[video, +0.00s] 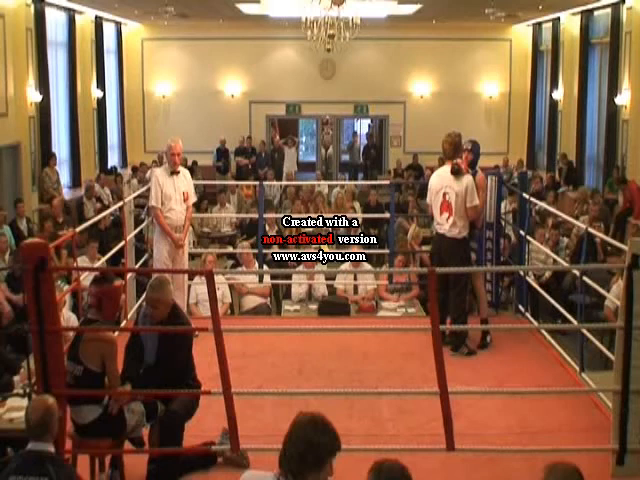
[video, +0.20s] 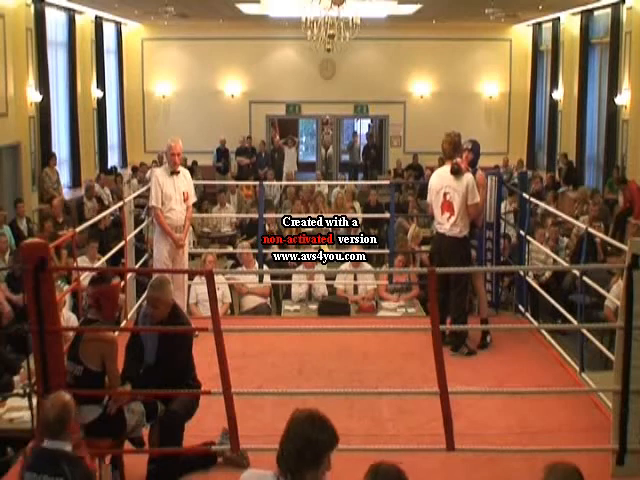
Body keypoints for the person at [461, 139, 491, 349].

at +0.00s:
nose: (466, 155)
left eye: (470, 152)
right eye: (465, 151)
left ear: (476, 155)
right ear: (461, 152)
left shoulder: (479, 176)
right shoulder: (456, 173)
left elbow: (480, 205)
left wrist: (474, 222)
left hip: (474, 229)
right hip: (457, 228)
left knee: (477, 278)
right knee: (457, 279)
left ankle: (484, 324)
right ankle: (455, 322)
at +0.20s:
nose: (465, 155)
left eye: (468, 152)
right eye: (464, 151)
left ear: (474, 155)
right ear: (462, 153)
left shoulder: (479, 176)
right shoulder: (457, 173)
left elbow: (480, 204)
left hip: (475, 229)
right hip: (459, 229)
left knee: (478, 279)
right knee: (459, 279)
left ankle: (484, 325)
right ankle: (456, 323)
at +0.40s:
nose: (463, 156)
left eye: (466, 152)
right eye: (463, 152)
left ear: (471, 154)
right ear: (466, 153)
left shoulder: (479, 176)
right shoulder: (457, 173)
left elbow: (481, 203)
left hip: (475, 229)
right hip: (460, 229)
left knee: (478, 279)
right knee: (461, 280)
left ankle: (484, 325)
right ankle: (456, 322)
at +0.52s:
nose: (462, 156)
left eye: (465, 153)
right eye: (462, 152)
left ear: (471, 155)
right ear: (468, 153)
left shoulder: (479, 176)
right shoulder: (458, 174)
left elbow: (481, 204)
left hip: (475, 231)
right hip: (462, 230)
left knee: (478, 280)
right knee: (463, 281)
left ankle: (484, 325)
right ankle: (456, 323)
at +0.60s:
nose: (462, 157)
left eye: (465, 154)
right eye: (463, 153)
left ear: (472, 155)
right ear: (468, 154)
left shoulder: (480, 177)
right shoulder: (459, 175)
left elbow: (480, 204)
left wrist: (473, 222)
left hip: (475, 231)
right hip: (463, 230)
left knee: (479, 279)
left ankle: (484, 324)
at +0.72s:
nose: (464, 157)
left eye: (468, 153)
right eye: (464, 153)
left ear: (474, 155)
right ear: (464, 154)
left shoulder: (482, 179)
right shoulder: (456, 176)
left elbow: (482, 209)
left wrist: (475, 225)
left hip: (476, 232)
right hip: (458, 232)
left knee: (478, 281)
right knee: (458, 282)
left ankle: (481, 327)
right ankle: (455, 323)